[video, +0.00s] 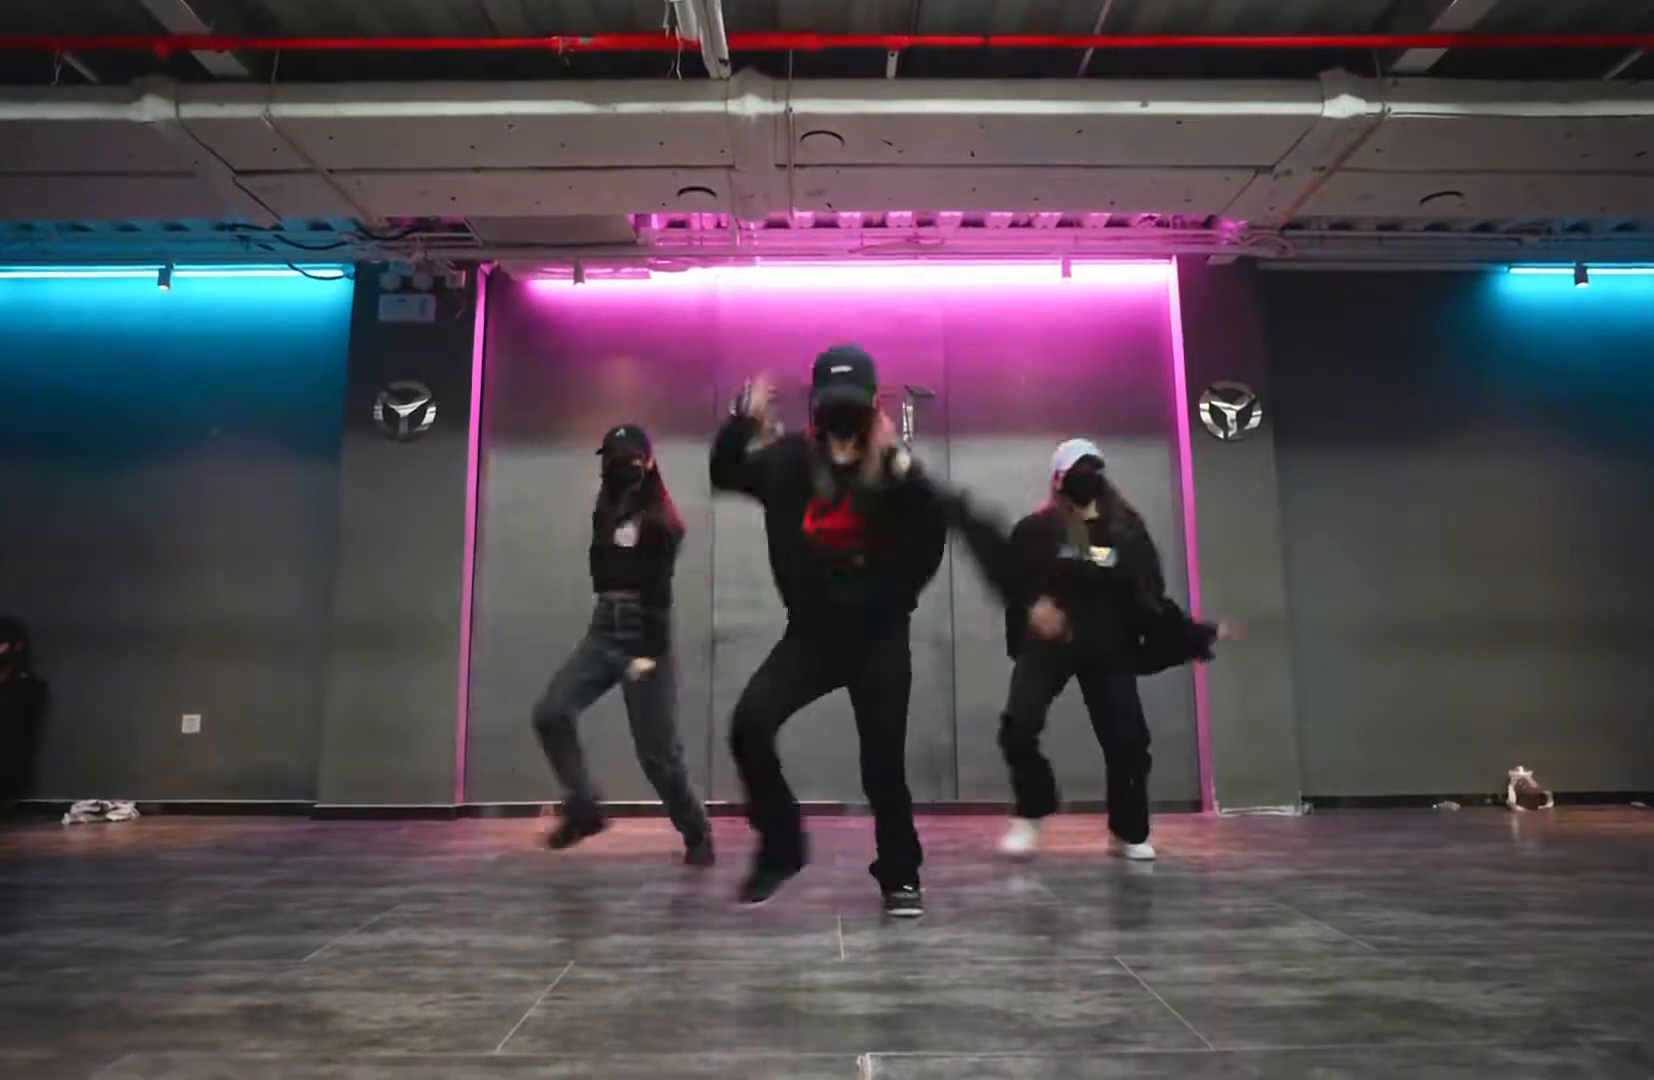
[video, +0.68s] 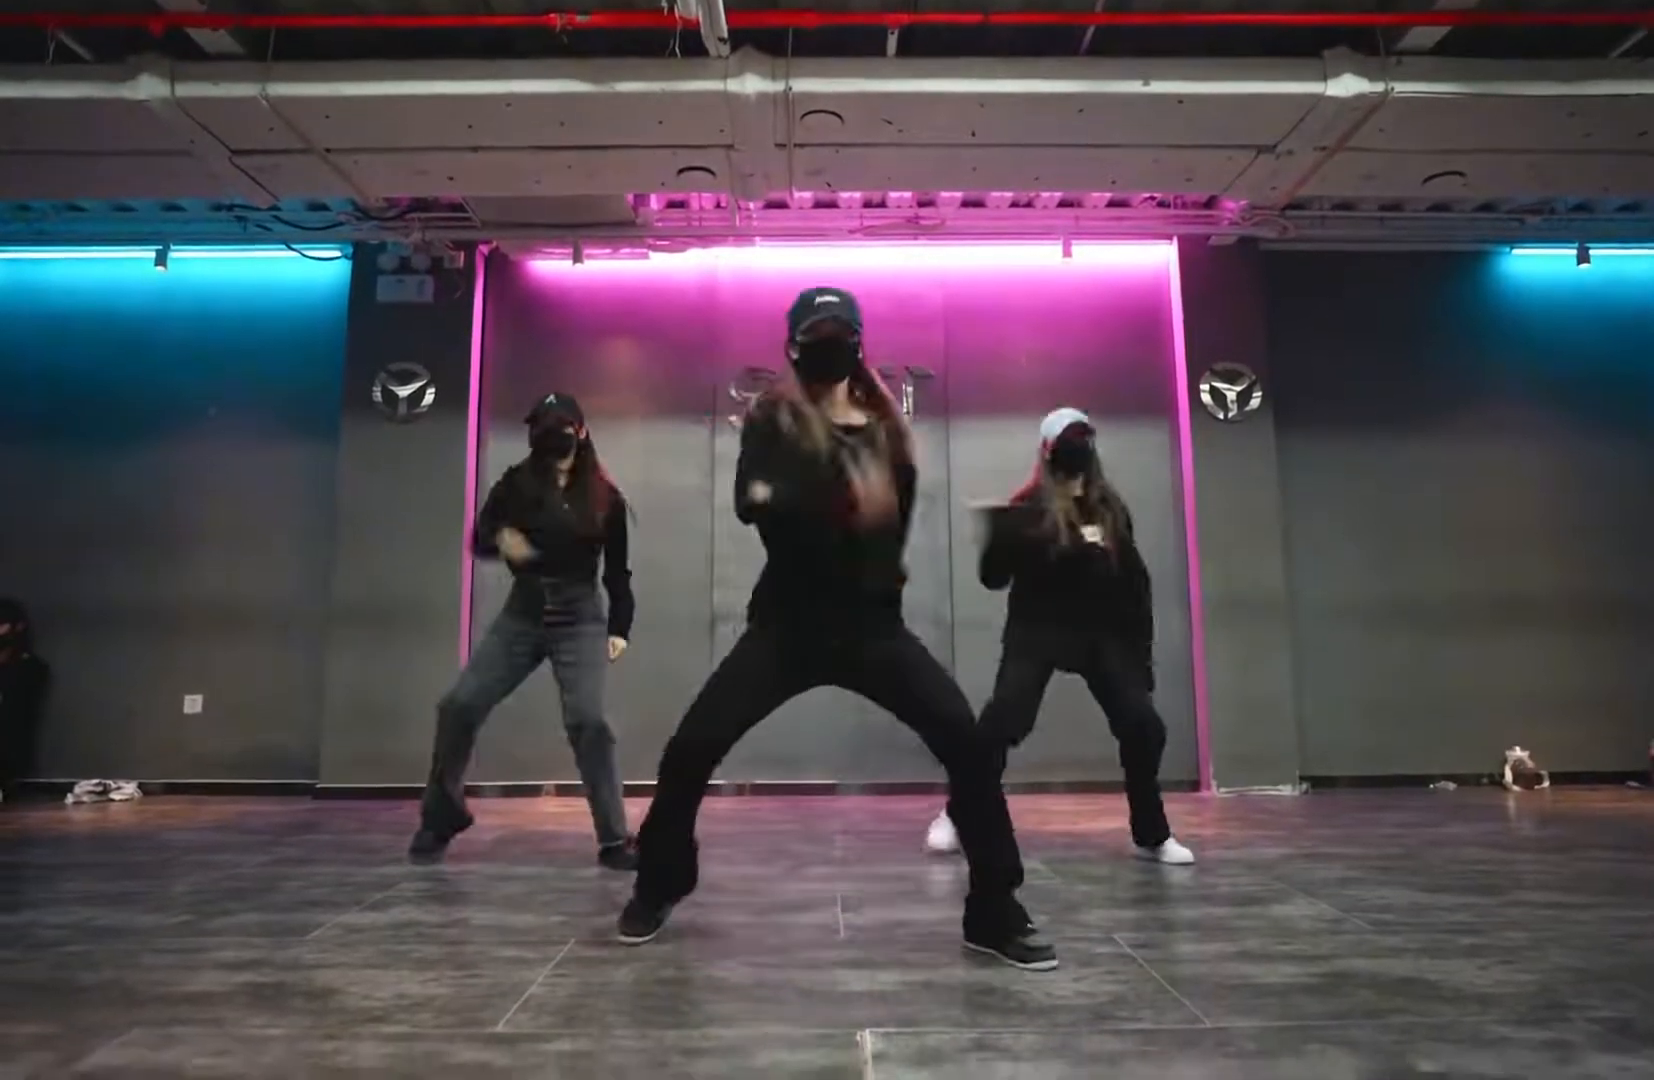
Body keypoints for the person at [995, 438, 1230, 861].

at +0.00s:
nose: (1091, 481)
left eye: (1096, 473)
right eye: (1080, 474)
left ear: (1103, 476)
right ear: (1060, 479)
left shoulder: (1124, 527)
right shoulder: (1035, 530)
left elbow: (1148, 600)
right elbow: (1015, 582)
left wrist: (1196, 632)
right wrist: (1034, 607)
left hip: (1106, 649)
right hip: (1047, 648)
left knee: (1128, 741)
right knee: (1017, 729)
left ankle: (1130, 834)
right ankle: (1031, 813)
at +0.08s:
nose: (1069, 514)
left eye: (1075, 503)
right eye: (1059, 504)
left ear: (1086, 495)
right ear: (1042, 496)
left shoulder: (1112, 537)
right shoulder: (1024, 539)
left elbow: (1145, 603)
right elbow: (1009, 602)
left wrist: (1159, 670)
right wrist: (1007, 653)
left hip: (1099, 652)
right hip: (1040, 650)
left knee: (1125, 745)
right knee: (1007, 731)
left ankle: (1128, 832)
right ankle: (977, 828)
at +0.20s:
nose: (1050, 498)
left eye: (1057, 489)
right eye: (1041, 490)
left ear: (1067, 496)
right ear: (1022, 496)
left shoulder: (1087, 548)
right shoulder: (998, 549)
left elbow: (1117, 602)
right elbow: (974, 607)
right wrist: (951, 659)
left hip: (1081, 657)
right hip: (1022, 659)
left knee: (1117, 745)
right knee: (992, 743)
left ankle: (1133, 832)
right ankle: (951, 844)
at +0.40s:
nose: (1061, 493)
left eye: (1067, 484)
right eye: (1051, 485)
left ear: (1074, 489)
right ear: (1028, 492)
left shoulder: (1077, 541)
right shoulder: (1004, 551)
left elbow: (1090, 604)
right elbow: (958, 614)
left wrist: (1117, 631)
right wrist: (909, 660)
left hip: (1070, 658)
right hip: (1012, 667)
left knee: (1143, 720)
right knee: (997, 754)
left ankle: (1150, 831)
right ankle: (950, 842)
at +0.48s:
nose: (1069, 487)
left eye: (1074, 478)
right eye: (1057, 479)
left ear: (1082, 483)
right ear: (1035, 485)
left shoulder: (1085, 538)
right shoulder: (1022, 540)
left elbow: (1112, 594)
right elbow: (1023, 617)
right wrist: (1097, 594)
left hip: (1085, 661)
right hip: (1026, 664)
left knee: (1145, 730)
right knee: (1007, 755)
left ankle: (1153, 839)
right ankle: (950, 835)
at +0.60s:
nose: (1075, 472)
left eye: (1081, 463)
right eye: (1065, 464)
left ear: (1090, 467)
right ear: (1043, 467)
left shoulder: (1097, 519)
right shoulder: (1026, 523)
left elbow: (1132, 583)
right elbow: (1029, 589)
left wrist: (1117, 642)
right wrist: (1101, 568)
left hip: (1095, 649)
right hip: (1035, 653)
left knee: (1150, 731)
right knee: (1014, 746)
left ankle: (1149, 835)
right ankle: (954, 826)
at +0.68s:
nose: (1075, 469)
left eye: (1082, 458)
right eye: (1067, 458)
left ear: (1092, 456)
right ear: (1047, 455)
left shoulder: (1108, 509)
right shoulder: (1024, 509)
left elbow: (1135, 583)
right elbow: (992, 577)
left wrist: (1140, 656)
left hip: (1102, 638)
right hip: (1036, 638)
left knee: (1143, 726)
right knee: (1007, 717)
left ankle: (1153, 834)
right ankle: (957, 814)